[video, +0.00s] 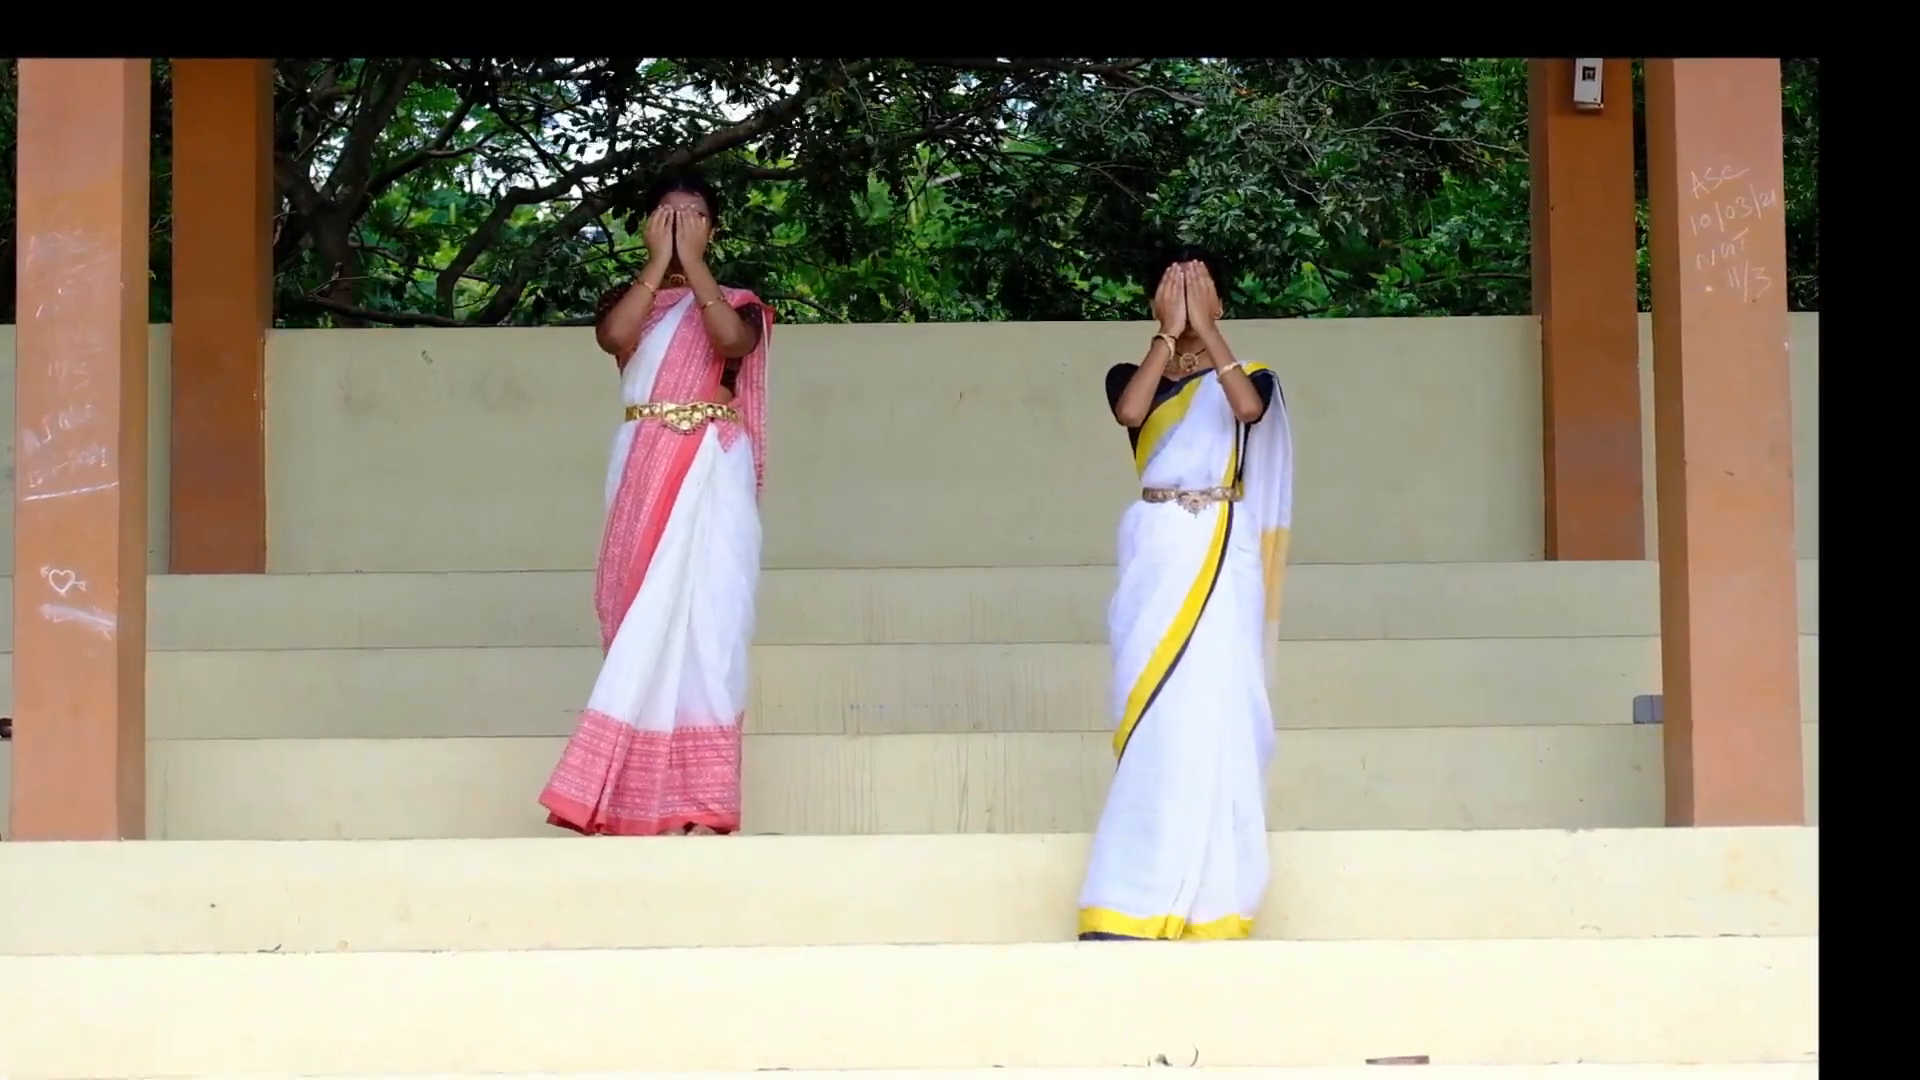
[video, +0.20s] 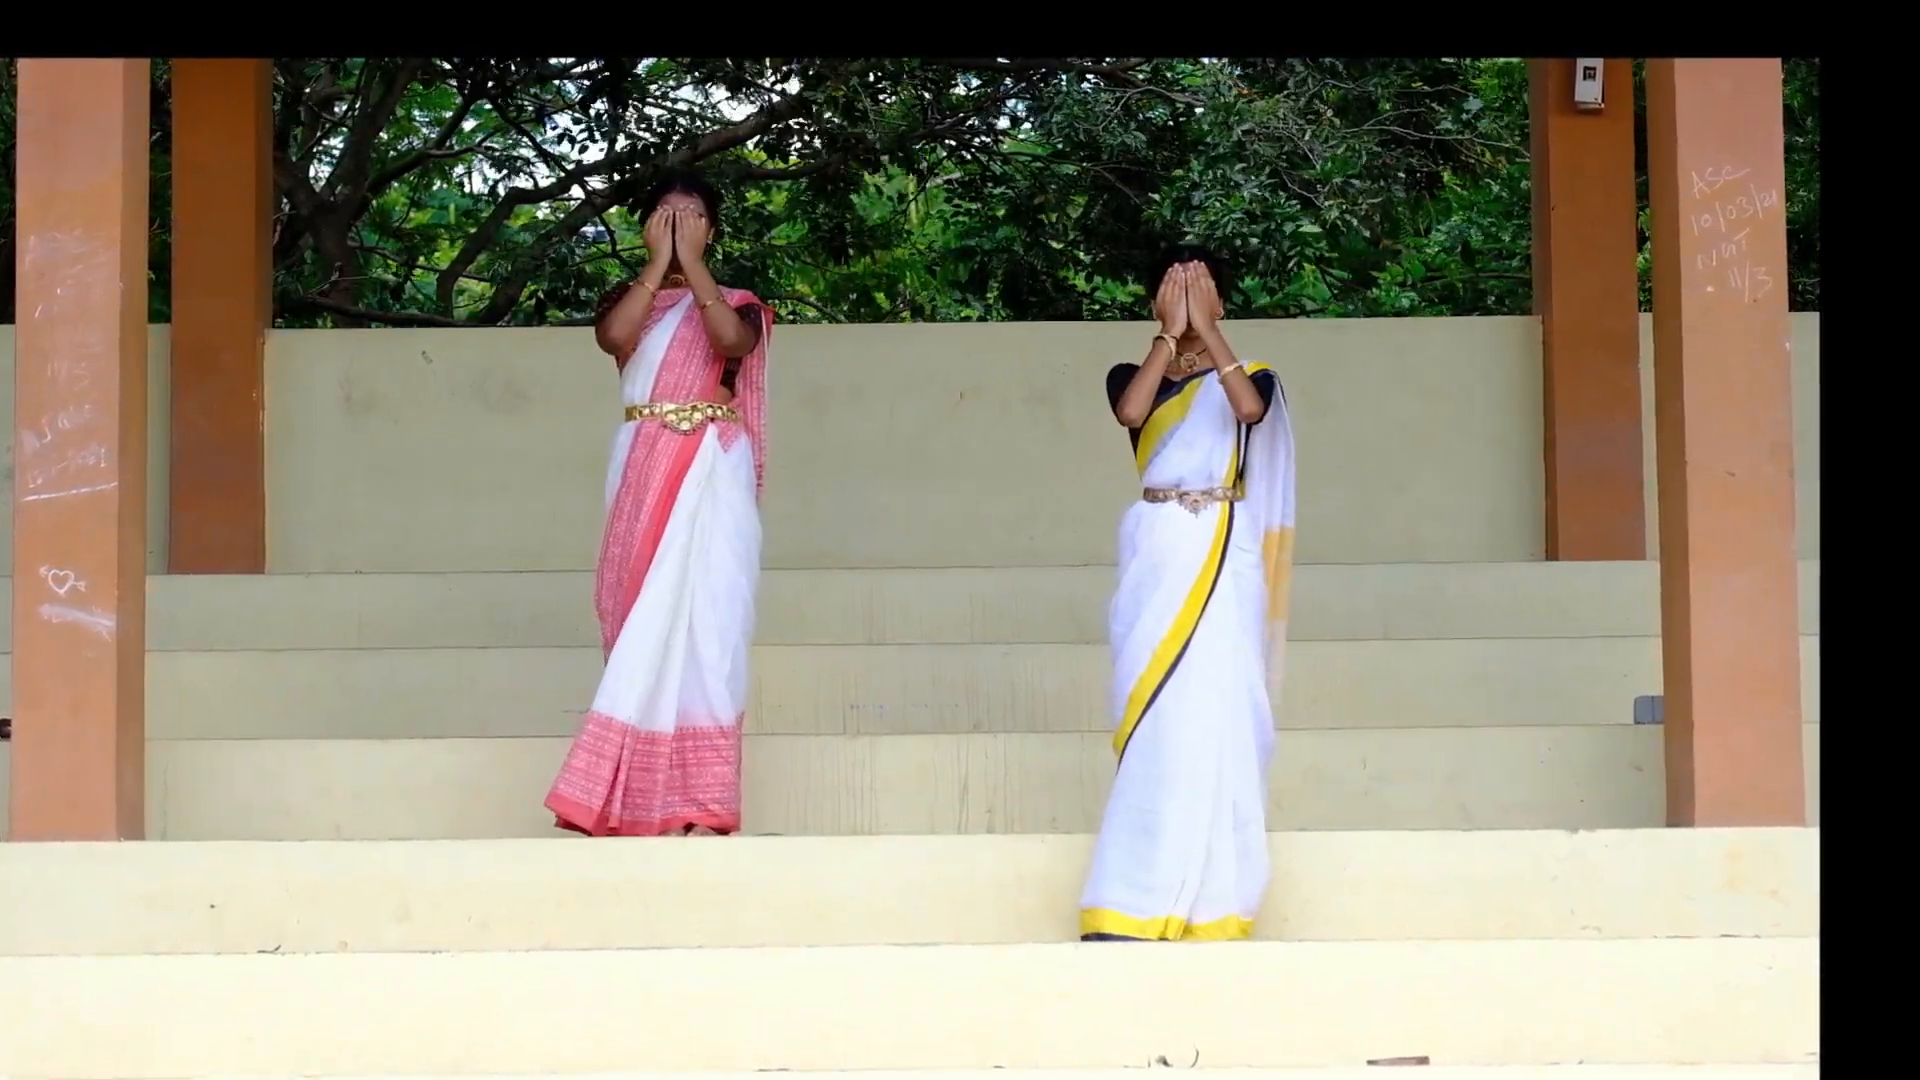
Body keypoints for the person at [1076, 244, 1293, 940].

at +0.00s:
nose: (1185, 311)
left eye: (1197, 296)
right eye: (1173, 296)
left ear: (1219, 305)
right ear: (1156, 308)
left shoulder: (1249, 377)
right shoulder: (1137, 379)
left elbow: (1246, 407)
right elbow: (1130, 408)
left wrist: (1208, 326)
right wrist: (1166, 333)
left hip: (1220, 555)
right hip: (1152, 553)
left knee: (1208, 712)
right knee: (1148, 710)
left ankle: (1208, 894)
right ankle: (1140, 893)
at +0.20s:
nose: (1186, 318)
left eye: (1199, 305)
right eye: (1175, 305)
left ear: (1220, 309)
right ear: (1157, 311)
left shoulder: (1252, 378)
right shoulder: (1136, 379)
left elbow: (1246, 408)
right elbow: (1130, 409)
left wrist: (1209, 327)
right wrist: (1168, 334)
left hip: (1221, 563)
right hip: (1153, 560)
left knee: (1211, 717)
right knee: (1149, 715)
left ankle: (1208, 897)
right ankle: (1141, 896)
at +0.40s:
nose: (1186, 317)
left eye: (1200, 303)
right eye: (1176, 304)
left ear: (1222, 308)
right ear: (1158, 310)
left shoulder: (1253, 378)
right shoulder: (1137, 379)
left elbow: (1248, 408)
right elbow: (1131, 409)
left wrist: (1210, 327)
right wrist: (1169, 334)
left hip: (1223, 564)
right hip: (1154, 561)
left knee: (1214, 719)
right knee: (1151, 718)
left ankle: (1210, 900)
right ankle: (1140, 900)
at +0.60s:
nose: (1189, 316)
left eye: (1202, 302)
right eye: (1177, 302)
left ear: (1224, 308)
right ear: (1159, 310)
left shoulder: (1254, 377)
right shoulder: (1138, 379)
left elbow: (1249, 410)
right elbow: (1132, 411)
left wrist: (1211, 328)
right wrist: (1171, 336)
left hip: (1224, 562)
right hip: (1155, 559)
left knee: (1215, 718)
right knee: (1152, 716)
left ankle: (1212, 900)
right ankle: (1141, 900)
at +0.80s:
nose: (1194, 303)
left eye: (1205, 290)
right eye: (1182, 291)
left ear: (1229, 301)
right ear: (1165, 304)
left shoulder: (1253, 376)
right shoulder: (1148, 371)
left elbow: (1260, 409)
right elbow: (1111, 414)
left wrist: (1218, 330)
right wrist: (1150, 337)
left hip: (1223, 554)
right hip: (1156, 552)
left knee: (1216, 714)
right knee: (1152, 711)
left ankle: (1214, 897)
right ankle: (1145, 897)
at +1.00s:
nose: (1214, 301)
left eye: (1223, 289)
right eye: (1203, 291)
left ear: (1243, 301)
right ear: (1181, 306)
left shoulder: (1267, 378)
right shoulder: (1156, 374)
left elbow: (1274, 409)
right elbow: (1094, 408)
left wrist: (1236, 329)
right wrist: (1139, 332)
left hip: (1228, 555)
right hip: (1159, 550)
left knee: (1220, 717)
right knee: (1152, 714)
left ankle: (1216, 901)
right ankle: (1143, 902)